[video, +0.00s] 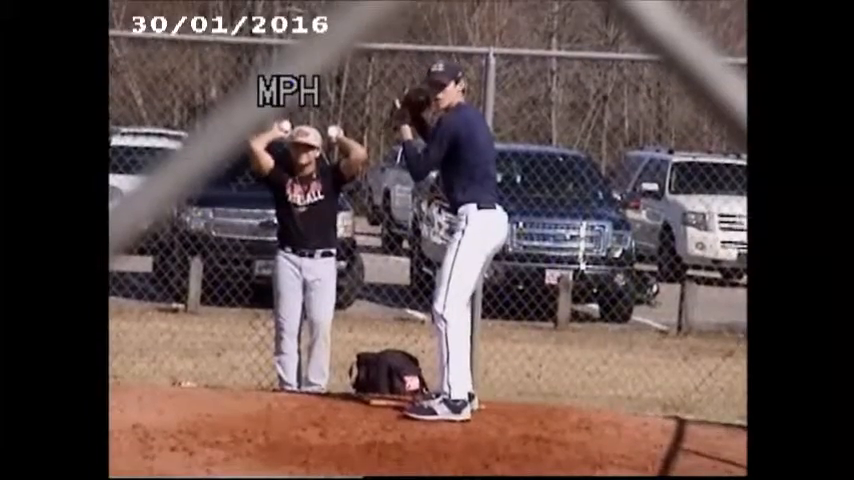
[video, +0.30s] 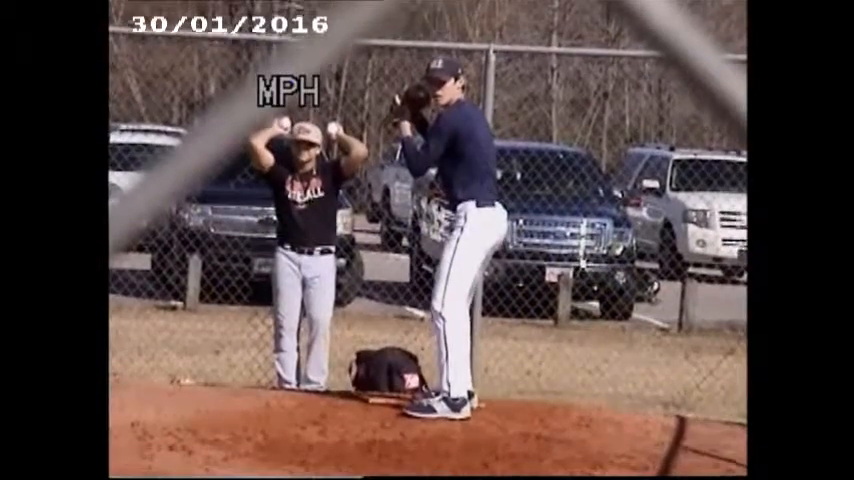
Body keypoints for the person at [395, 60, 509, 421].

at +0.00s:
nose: (435, 93)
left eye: (441, 87)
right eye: (434, 87)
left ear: (460, 86)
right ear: (447, 90)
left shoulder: (452, 120)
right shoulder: (471, 117)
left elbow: (420, 167)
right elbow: (433, 162)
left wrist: (406, 133)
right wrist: (418, 132)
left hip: (474, 218)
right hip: (489, 216)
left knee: (447, 306)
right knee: (456, 305)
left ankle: (455, 396)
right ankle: (461, 391)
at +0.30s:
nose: (435, 89)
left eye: (442, 83)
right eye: (433, 83)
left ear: (460, 83)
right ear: (437, 86)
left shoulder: (452, 117)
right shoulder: (469, 114)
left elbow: (419, 164)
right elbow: (433, 159)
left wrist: (405, 129)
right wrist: (417, 128)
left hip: (473, 216)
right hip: (486, 213)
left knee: (446, 305)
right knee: (456, 304)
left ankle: (455, 394)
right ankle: (460, 389)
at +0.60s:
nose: (429, 96)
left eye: (435, 89)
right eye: (427, 89)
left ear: (455, 86)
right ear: (447, 88)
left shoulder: (447, 118)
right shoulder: (469, 113)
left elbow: (414, 166)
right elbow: (434, 157)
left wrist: (400, 133)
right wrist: (415, 126)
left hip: (472, 216)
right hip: (488, 213)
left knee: (446, 304)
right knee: (452, 304)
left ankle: (455, 393)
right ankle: (461, 388)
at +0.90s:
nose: (427, 107)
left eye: (431, 100)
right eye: (424, 101)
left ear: (453, 93)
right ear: (455, 96)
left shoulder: (443, 125)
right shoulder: (475, 117)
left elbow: (406, 164)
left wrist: (399, 124)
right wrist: (418, 107)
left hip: (474, 216)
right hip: (496, 217)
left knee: (416, 288)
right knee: (447, 300)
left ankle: (441, 373)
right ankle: (461, 386)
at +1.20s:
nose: (416, 110)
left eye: (420, 103)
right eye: (414, 104)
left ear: (440, 97)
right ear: (444, 99)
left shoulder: (431, 127)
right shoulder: (472, 118)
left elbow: (388, 168)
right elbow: (484, 162)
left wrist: (411, 133)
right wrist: (450, 192)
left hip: (472, 216)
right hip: (503, 221)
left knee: (394, 236)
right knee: (458, 303)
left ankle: (402, 320)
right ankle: (460, 389)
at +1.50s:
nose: (418, 133)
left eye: (424, 128)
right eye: (417, 128)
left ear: (442, 128)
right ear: (444, 131)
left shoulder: (431, 154)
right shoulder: (466, 157)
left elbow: (393, 150)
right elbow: (488, 198)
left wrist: (359, 139)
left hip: (465, 247)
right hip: (490, 253)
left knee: (396, 297)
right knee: (428, 315)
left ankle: (343, 368)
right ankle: (454, 387)